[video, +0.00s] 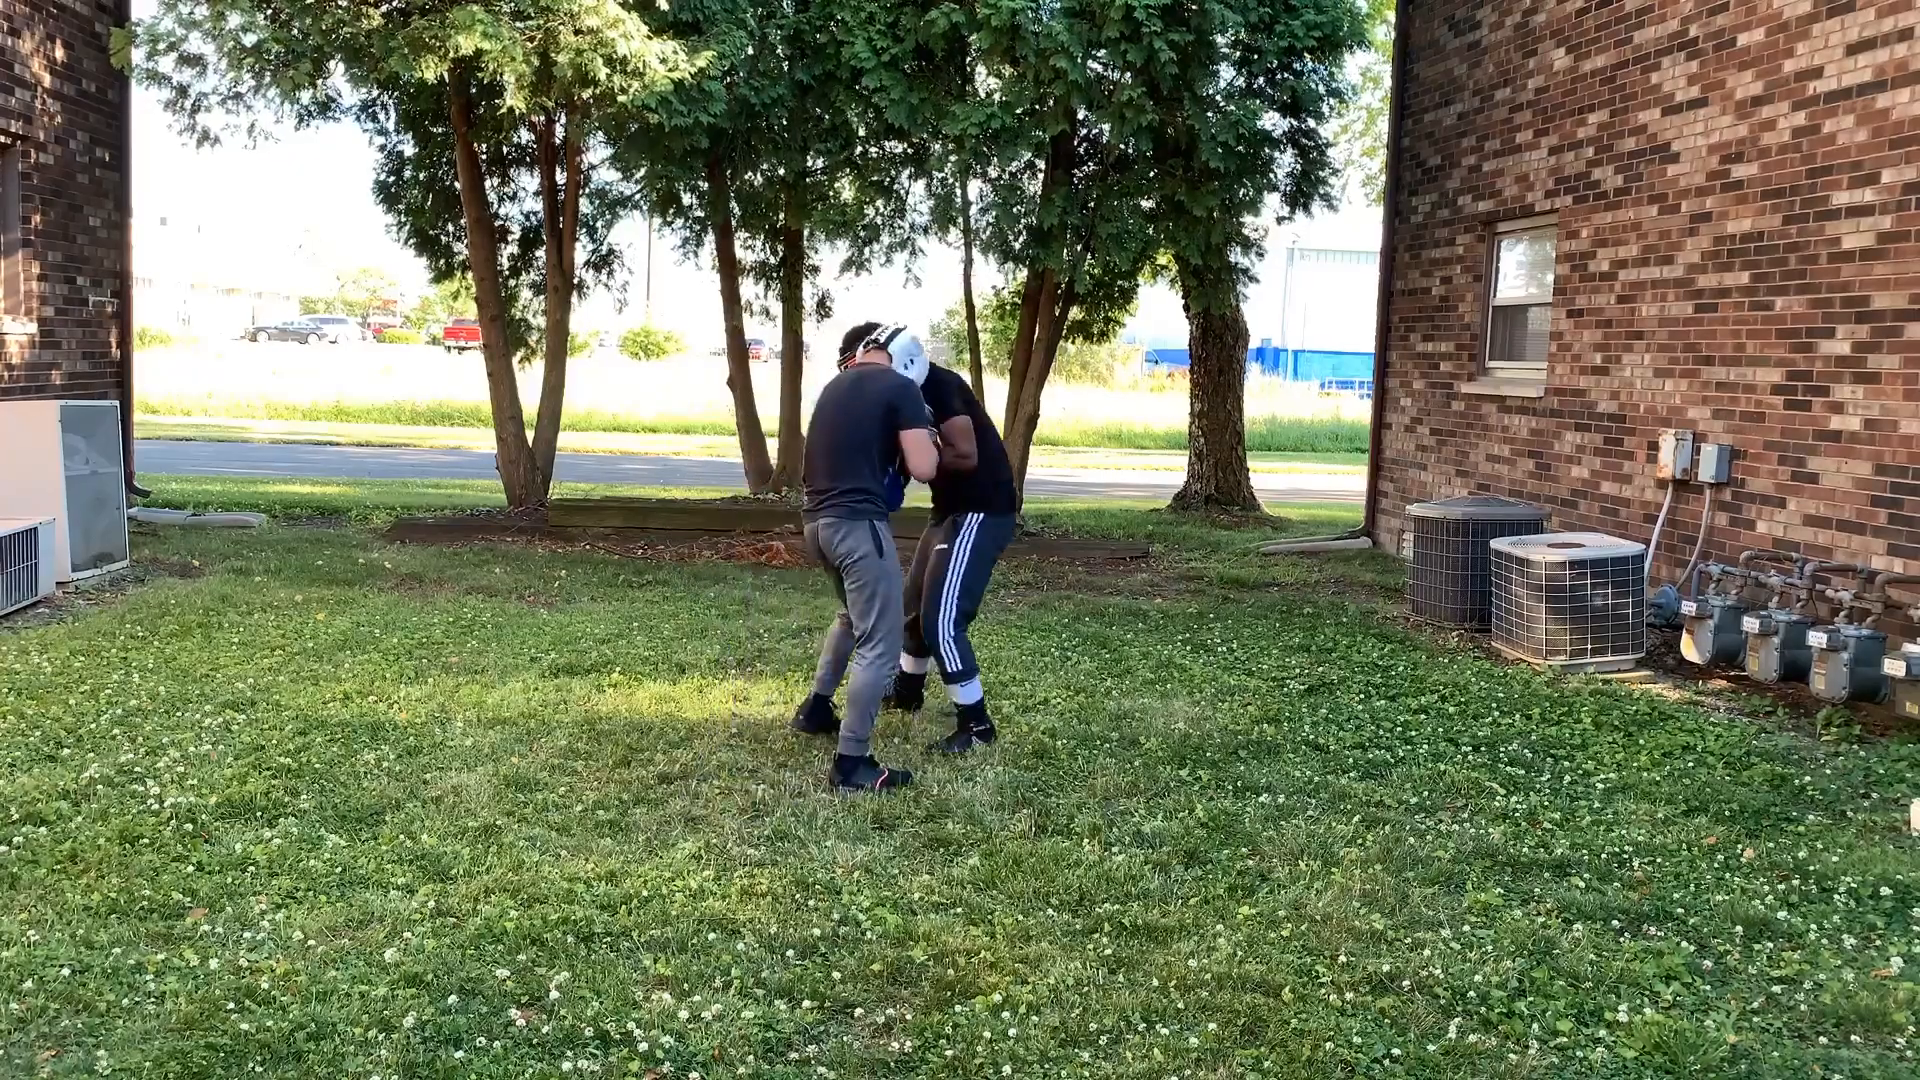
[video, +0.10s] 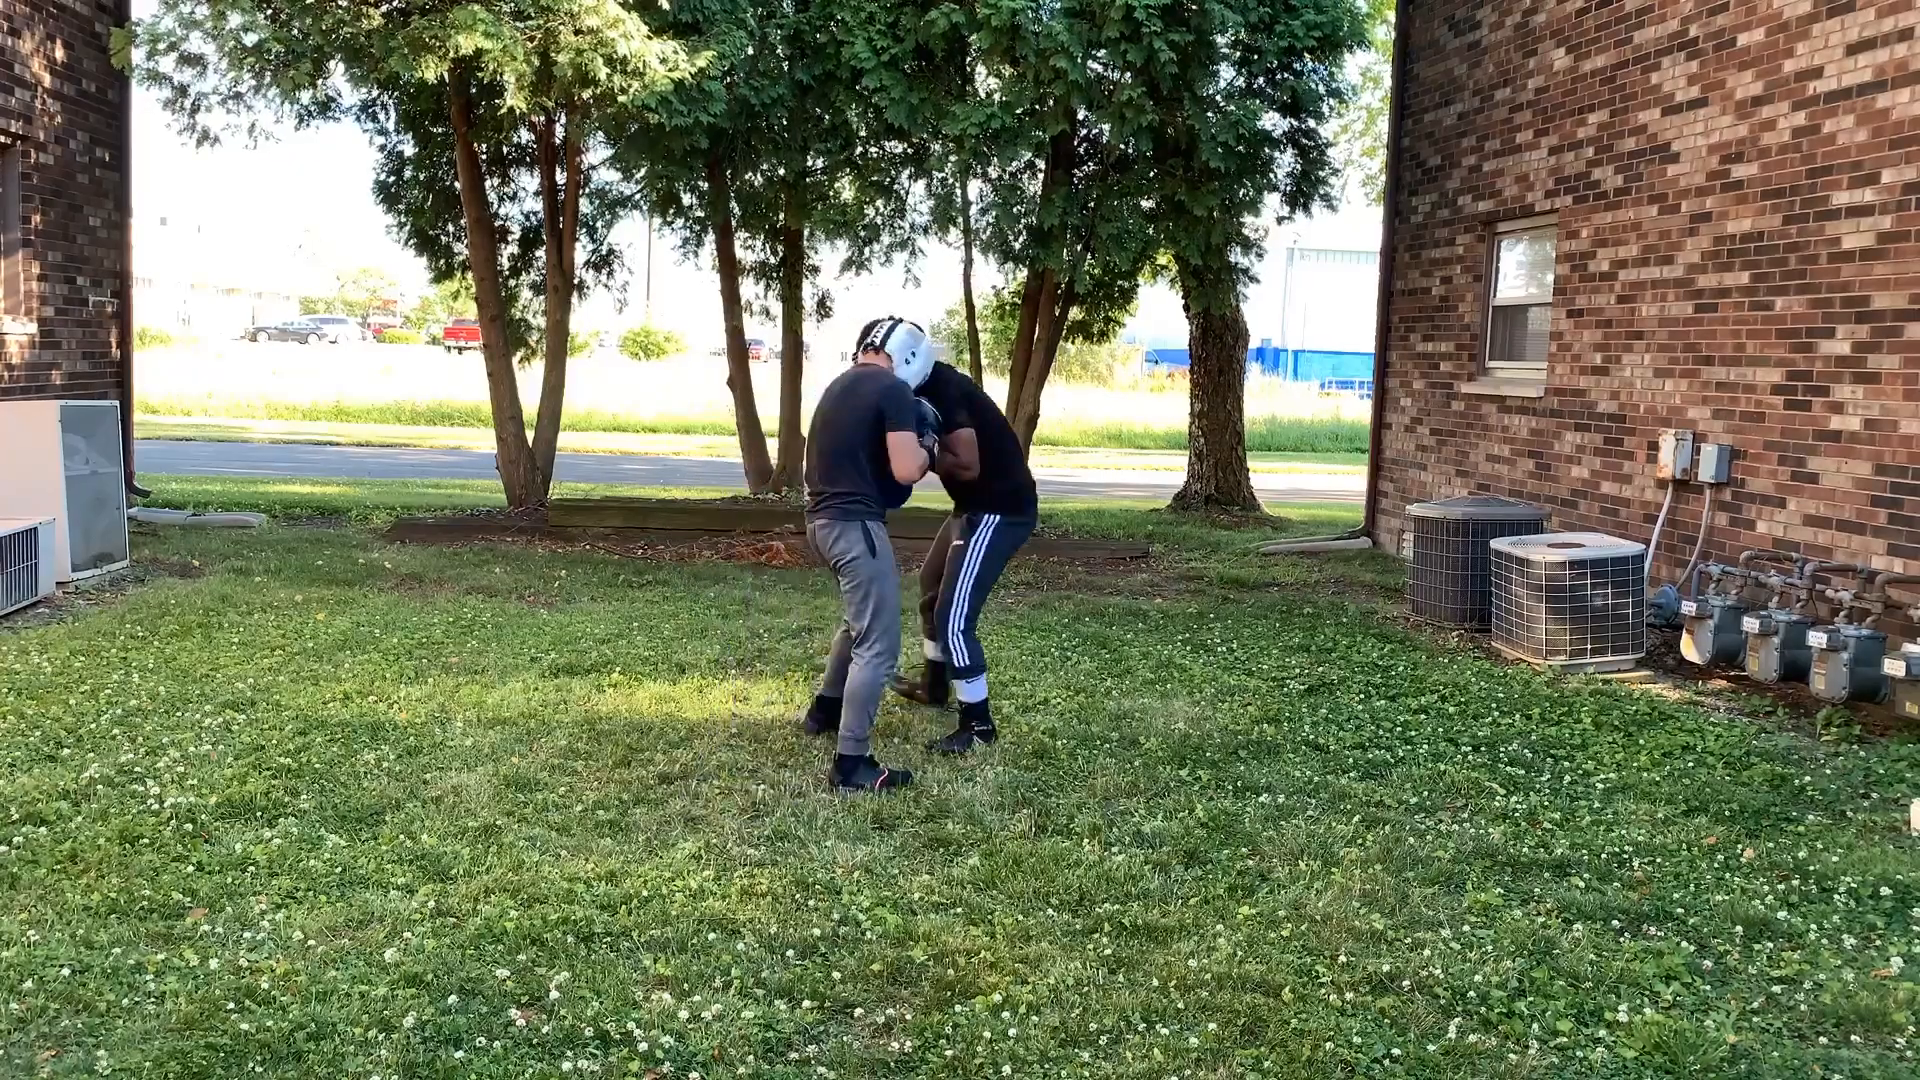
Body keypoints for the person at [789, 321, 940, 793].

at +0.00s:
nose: (895, 357)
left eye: (887, 349)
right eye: (891, 350)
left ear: (852, 357)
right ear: (889, 354)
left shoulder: (833, 388)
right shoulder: (898, 385)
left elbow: (835, 456)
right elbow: (922, 467)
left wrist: (895, 448)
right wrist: (914, 443)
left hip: (817, 523)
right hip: (859, 524)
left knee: (857, 611)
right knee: (879, 645)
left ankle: (817, 705)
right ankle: (853, 761)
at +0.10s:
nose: (911, 372)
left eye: (913, 364)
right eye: (912, 362)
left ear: (867, 351)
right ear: (898, 355)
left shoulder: (840, 385)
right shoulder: (890, 387)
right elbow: (907, 470)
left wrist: (910, 435)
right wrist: (927, 444)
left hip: (823, 522)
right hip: (855, 525)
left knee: (861, 619)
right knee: (877, 646)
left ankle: (827, 707)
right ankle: (851, 763)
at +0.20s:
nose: (923, 384)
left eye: (926, 375)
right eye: (924, 373)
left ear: (884, 354)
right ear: (909, 361)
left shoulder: (856, 386)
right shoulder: (887, 393)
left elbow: (860, 470)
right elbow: (881, 474)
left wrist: (906, 455)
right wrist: (912, 460)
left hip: (826, 518)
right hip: (845, 522)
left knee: (861, 628)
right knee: (867, 642)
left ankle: (833, 711)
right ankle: (849, 763)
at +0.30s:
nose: (931, 401)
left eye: (937, 393)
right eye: (935, 391)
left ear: (903, 369)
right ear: (922, 377)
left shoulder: (876, 395)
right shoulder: (892, 402)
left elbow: (873, 480)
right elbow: (873, 481)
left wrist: (913, 463)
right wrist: (918, 468)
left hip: (834, 520)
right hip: (826, 522)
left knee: (871, 621)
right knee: (847, 633)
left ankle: (830, 713)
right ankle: (839, 757)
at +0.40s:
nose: (942, 416)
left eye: (948, 408)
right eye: (945, 405)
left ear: (913, 382)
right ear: (930, 389)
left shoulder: (891, 407)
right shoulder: (902, 413)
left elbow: (874, 498)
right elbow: (875, 494)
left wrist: (917, 477)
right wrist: (921, 480)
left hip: (829, 517)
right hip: (814, 516)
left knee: (866, 619)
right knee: (839, 632)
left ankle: (833, 710)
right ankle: (817, 751)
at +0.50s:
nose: (950, 416)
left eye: (955, 407)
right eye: (951, 404)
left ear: (917, 386)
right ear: (931, 391)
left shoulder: (891, 409)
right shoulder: (914, 422)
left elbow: (876, 493)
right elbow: (882, 500)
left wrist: (920, 483)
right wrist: (923, 489)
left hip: (827, 518)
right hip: (821, 520)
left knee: (868, 614)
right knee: (838, 630)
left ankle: (834, 708)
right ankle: (817, 753)